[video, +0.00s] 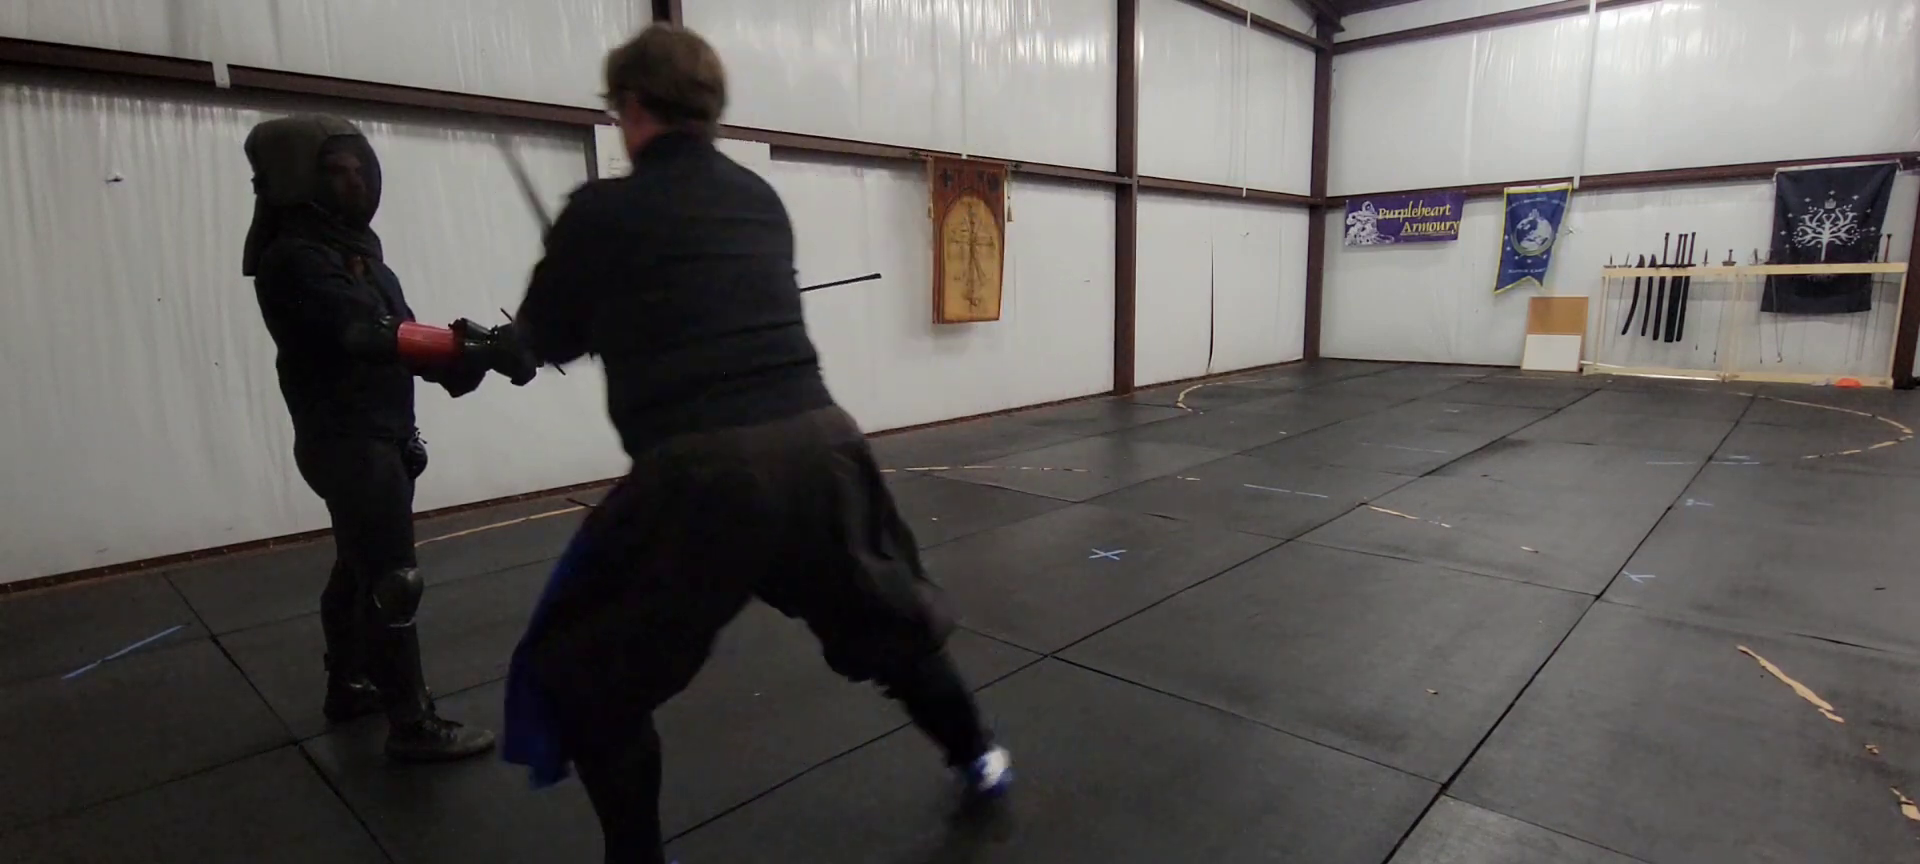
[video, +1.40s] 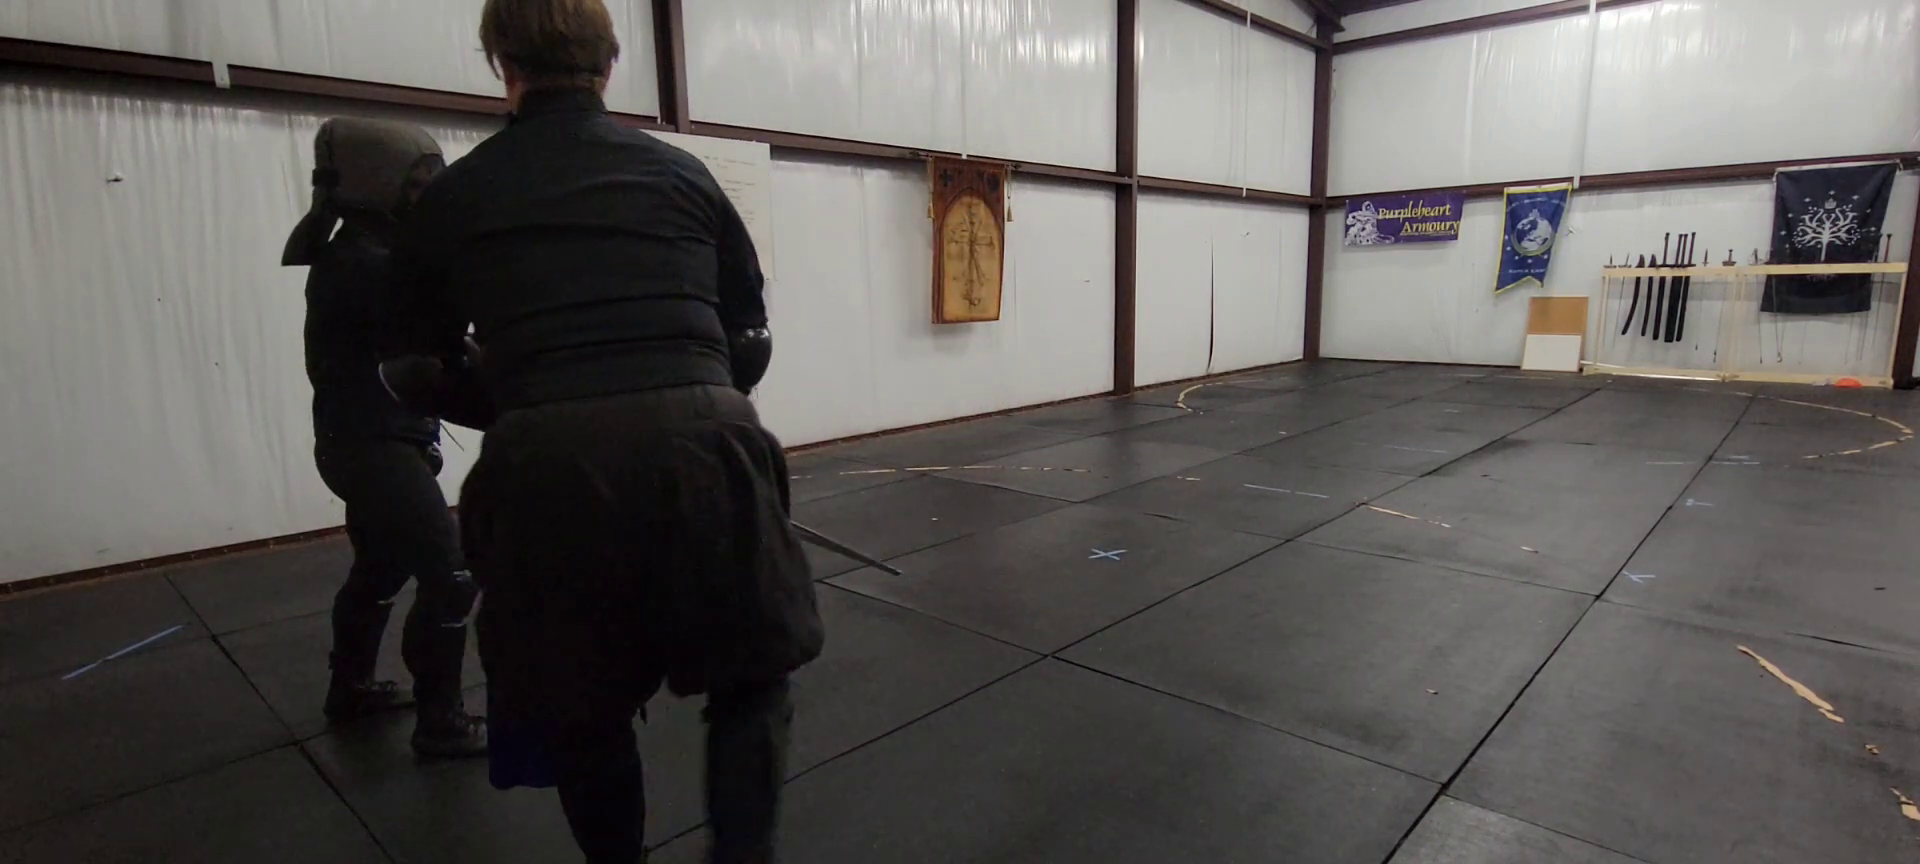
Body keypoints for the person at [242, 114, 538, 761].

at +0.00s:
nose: (356, 183)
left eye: (362, 171)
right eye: (340, 171)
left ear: (371, 179)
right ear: (306, 181)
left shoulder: (355, 246)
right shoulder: (293, 256)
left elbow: (395, 325)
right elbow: (357, 333)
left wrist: (453, 357)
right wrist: (463, 349)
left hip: (381, 436)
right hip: (344, 442)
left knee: (360, 570)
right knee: (393, 582)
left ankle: (349, 689)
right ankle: (410, 723)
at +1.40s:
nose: (432, 196)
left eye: (433, 183)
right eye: (422, 183)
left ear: (358, 189)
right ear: (389, 188)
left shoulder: (341, 256)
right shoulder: (374, 261)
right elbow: (423, 363)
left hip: (357, 443)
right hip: (382, 447)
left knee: (378, 568)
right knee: (447, 578)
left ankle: (350, 688)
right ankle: (441, 721)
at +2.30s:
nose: (439, 192)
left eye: (437, 180)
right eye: (431, 180)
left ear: (348, 187)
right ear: (407, 189)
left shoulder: (306, 268)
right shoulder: (406, 268)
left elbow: (383, 342)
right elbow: (461, 344)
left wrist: (471, 330)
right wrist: (507, 336)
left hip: (339, 448)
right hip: (398, 451)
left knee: (360, 570)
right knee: (459, 577)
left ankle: (349, 691)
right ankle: (444, 723)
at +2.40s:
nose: (446, 195)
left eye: (444, 182)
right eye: (439, 183)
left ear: (358, 186)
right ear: (419, 191)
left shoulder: (314, 261)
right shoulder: (414, 267)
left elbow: (288, 345)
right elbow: (461, 352)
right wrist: (481, 328)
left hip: (340, 445)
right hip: (398, 449)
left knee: (360, 568)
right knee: (460, 577)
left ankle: (348, 690)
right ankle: (444, 722)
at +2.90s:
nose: (432, 193)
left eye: (430, 180)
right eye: (425, 181)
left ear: (342, 186)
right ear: (402, 190)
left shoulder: (303, 266)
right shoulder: (399, 270)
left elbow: (338, 354)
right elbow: (456, 349)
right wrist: (506, 340)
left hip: (333, 447)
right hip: (392, 450)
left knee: (357, 568)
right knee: (451, 575)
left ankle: (348, 687)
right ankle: (442, 719)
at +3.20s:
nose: (425, 198)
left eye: (424, 185)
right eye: (417, 184)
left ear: (350, 185)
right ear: (391, 190)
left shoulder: (357, 258)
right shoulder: (357, 266)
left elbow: (403, 353)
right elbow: (401, 358)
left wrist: (486, 354)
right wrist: (503, 347)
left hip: (370, 448)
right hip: (375, 452)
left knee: (369, 572)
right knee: (440, 577)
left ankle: (350, 689)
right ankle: (441, 722)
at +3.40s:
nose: (436, 202)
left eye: (441, 188)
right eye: (422, 187)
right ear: (377, 186)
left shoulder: (426, 263)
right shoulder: (329, 259)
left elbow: (478, 338)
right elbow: (328, 363)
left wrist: (465, 355)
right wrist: (409, 355)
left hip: (419, 445)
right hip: (369, 448)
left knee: (373, 573)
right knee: (443, 574)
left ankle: (349, 686)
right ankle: (454, 716)